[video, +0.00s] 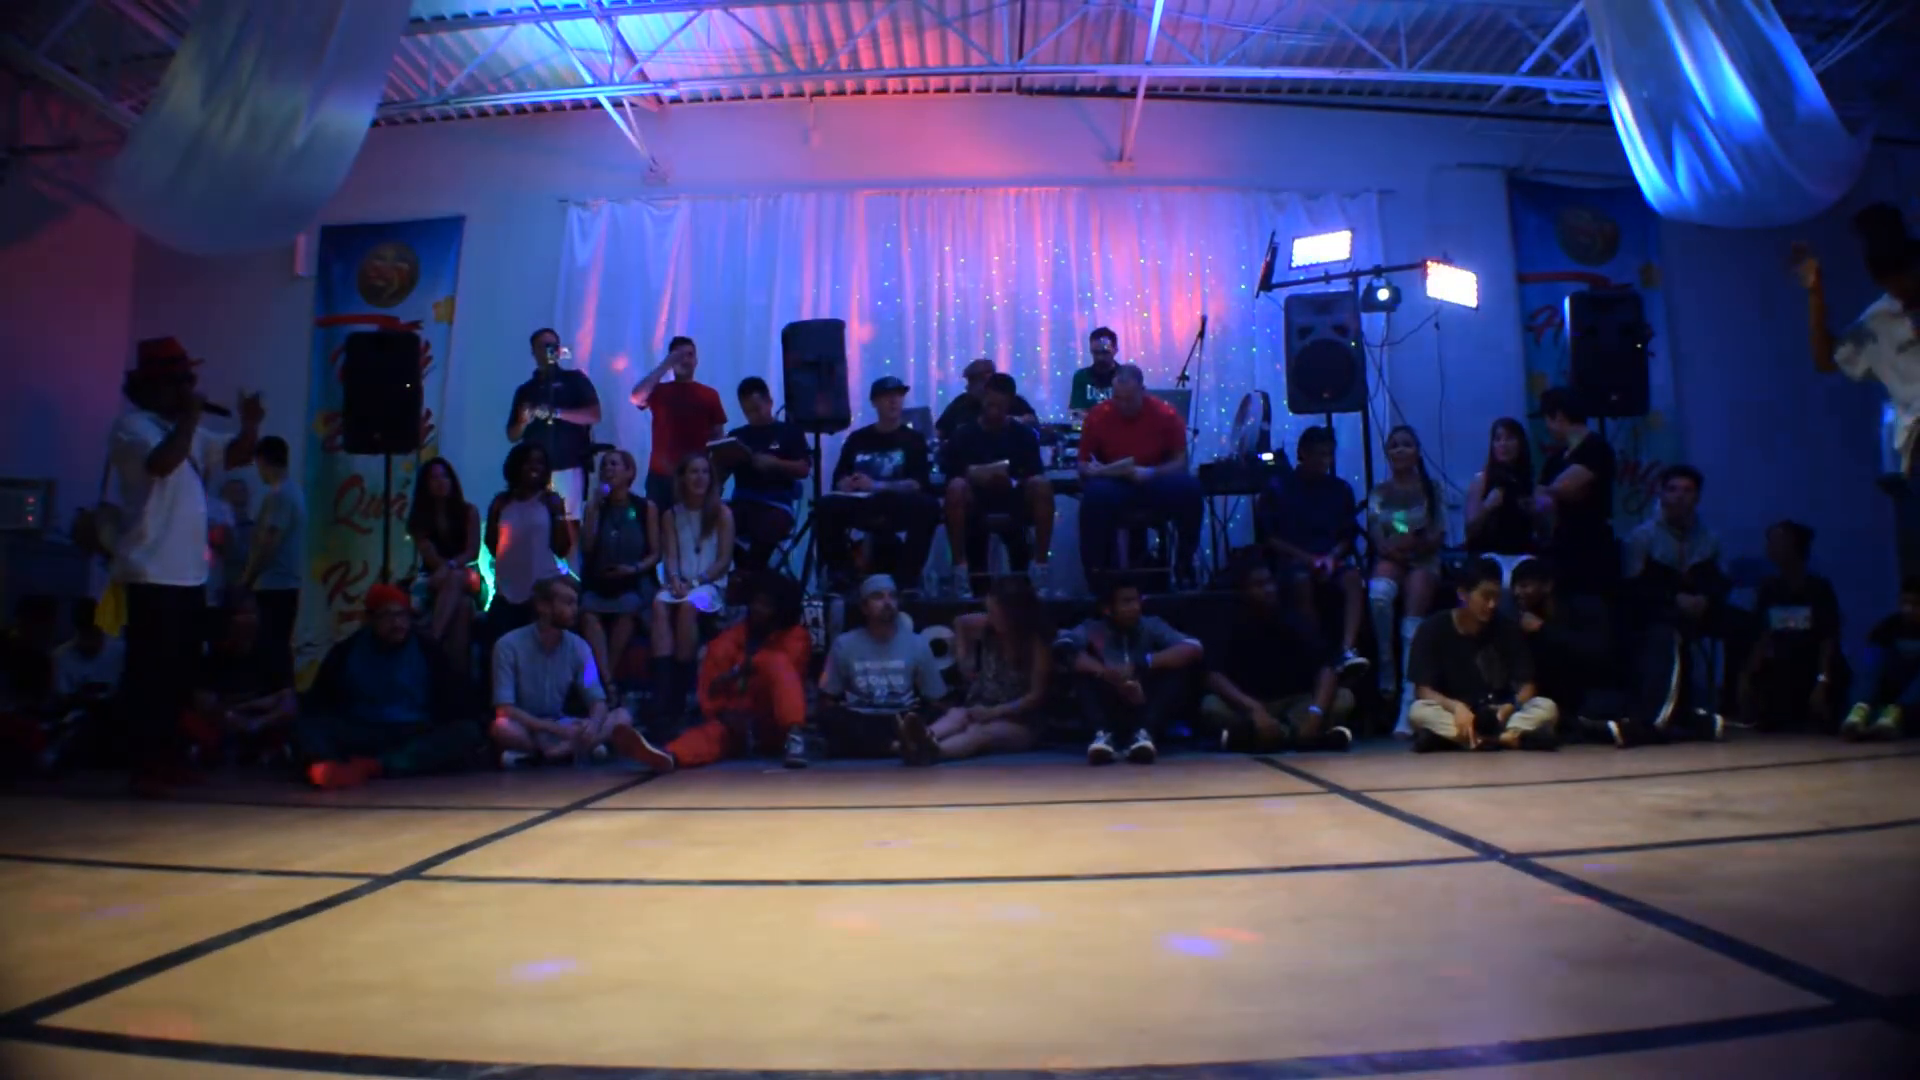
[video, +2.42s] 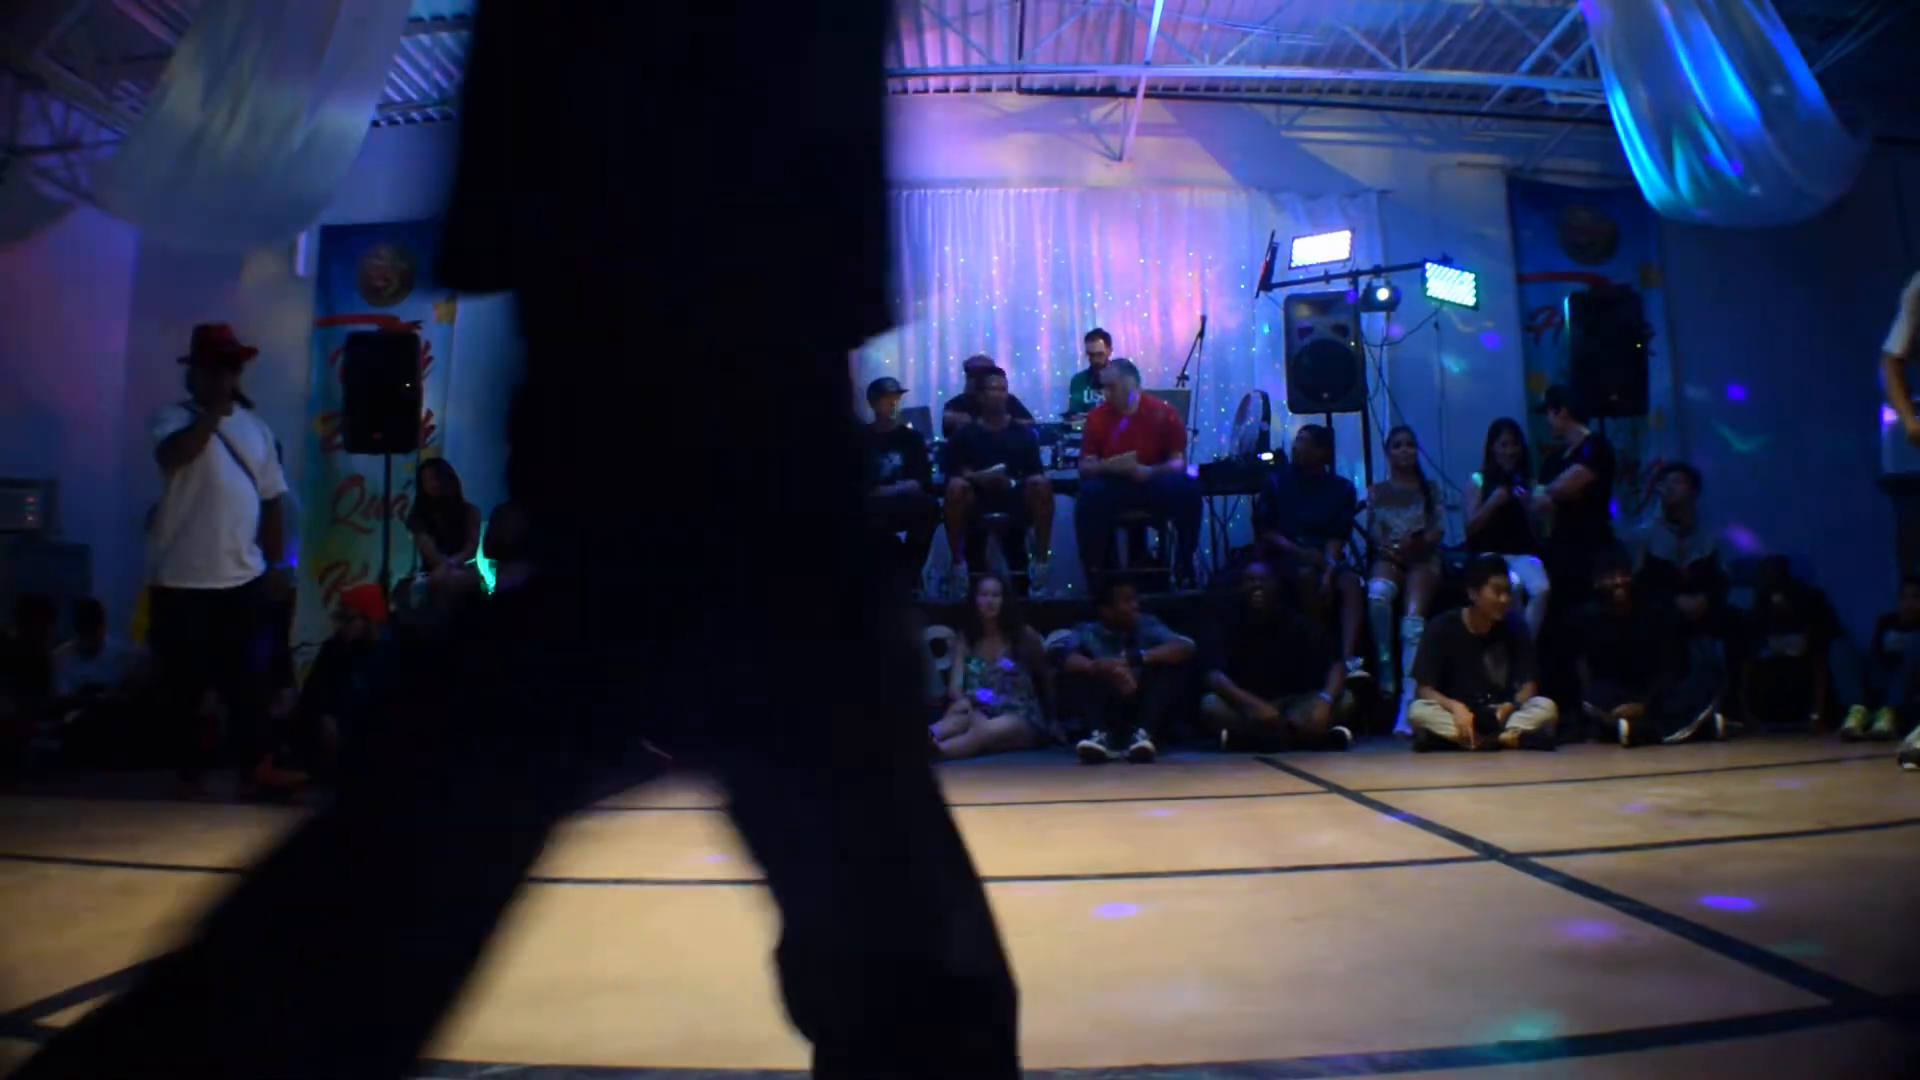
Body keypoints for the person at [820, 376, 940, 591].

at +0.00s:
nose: (894, 403)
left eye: (897, 397)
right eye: (887, 398)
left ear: (903, 401)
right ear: (875, 403)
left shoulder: (914, 439)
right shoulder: (857, 439)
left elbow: (919, 483)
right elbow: (838, 481)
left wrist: (874, 485)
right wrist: (847, 484)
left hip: (897, 501)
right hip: (860, 501)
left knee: (927, 508)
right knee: (826, 506)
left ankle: (907, 580)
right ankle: (840, 578)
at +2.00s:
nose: (898, 405)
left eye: (900, 399)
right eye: (891, 400)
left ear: (903, 401)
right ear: (876, 403)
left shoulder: (913, 439)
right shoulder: (856, 439)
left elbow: (921, 483)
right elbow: (838, 480)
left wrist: (881, 484)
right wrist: (843, 483)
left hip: (899, 502)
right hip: (861, 502)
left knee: (927, 508)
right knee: (827, 506)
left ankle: (909, 578)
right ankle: (839, 576)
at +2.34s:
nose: (893, 405)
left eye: (896, 399)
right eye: (887, 399)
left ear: (900, 402)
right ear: (874, 404)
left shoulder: (912, 438)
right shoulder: (856, 439)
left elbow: (922, 481)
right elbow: (842, 479)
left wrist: (893, 490)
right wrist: (845, 486)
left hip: (899, 503)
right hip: (862, 503)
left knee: (927, 507)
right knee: (829, 507)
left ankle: (909, 576)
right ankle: (838, 574)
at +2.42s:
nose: (893, 404)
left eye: (895, 399)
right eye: (886, 399)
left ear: (899, 401)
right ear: (873, 403)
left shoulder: (912, 437)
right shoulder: (861, 438)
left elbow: (921, 481)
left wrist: (890, 490)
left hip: (907, 502)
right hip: (872, 506)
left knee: (928, 510)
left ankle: (912, 575)